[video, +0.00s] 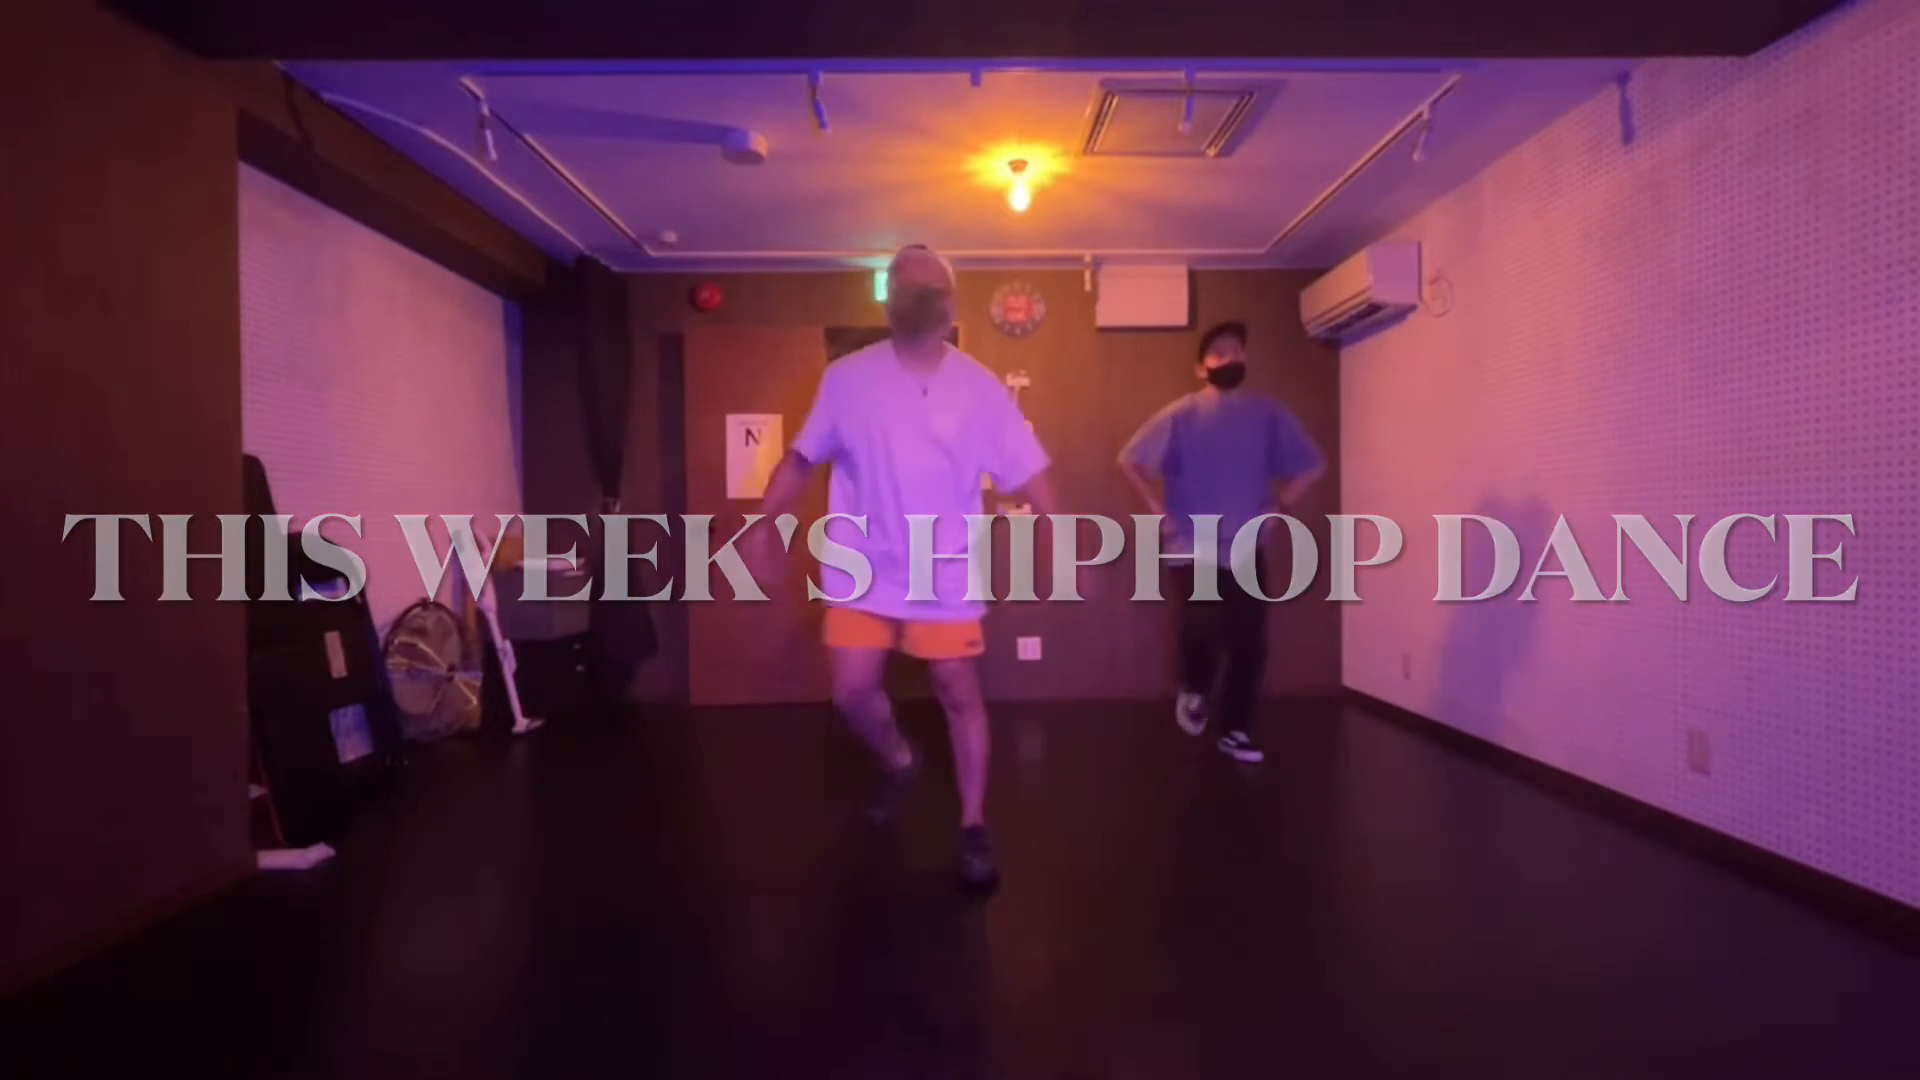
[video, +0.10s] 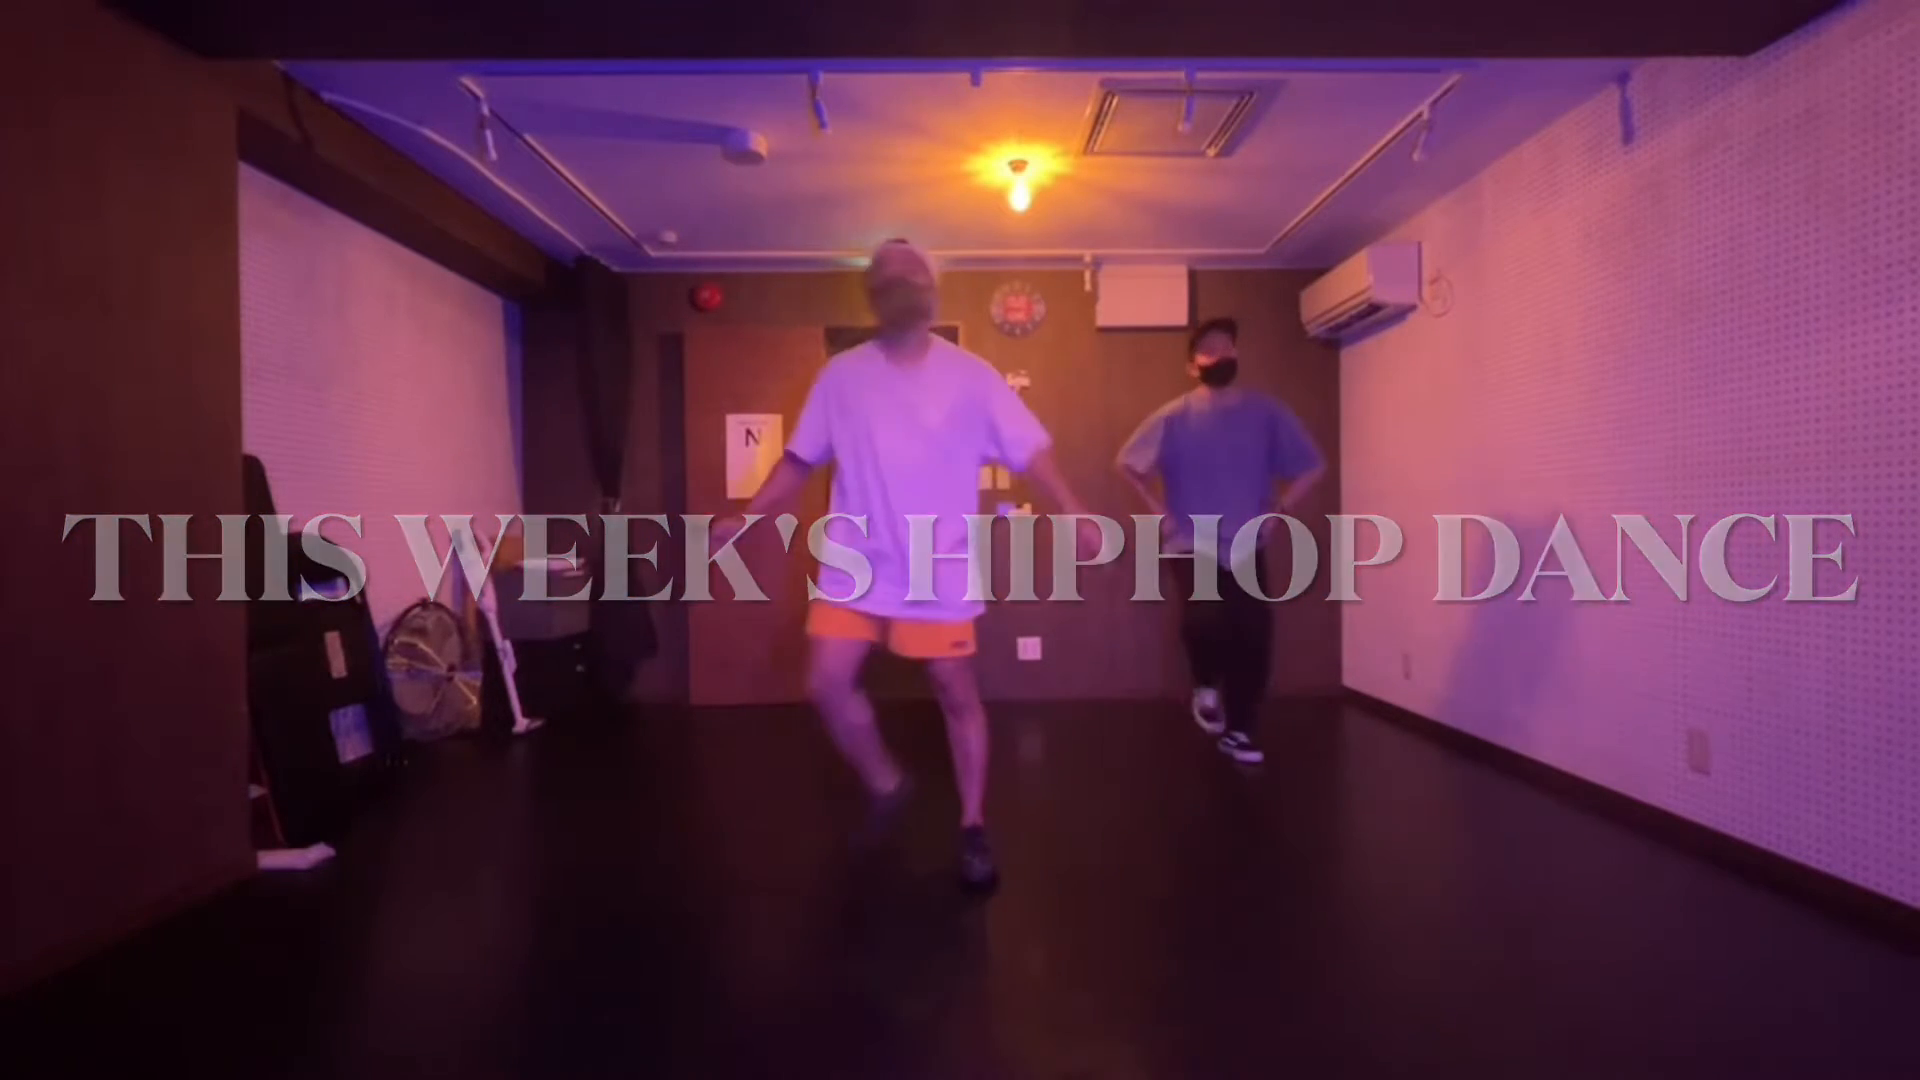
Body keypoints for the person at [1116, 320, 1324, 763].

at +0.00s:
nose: (1230, 359)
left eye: (1236, 351)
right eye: (1220, 352)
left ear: (1247, 359)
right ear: (1202, 364)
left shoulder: (1266, 412)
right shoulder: (1182, 413)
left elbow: (1312, 466)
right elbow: (1130, 460)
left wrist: (1276, 506)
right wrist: (1158, 509)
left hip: (1247, 548)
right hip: (1191, 548)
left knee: (1249, 637)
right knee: (1199, 625)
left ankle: (1236, 729)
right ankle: (1193, 691)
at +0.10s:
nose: (1219, 362)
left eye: (1226, 354)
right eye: (1209, 354)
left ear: (1238, 359)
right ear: (1193, 362)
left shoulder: (1264, 411)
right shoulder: (1176, 414)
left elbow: (1312, 467)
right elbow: (1129, 465)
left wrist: (1278, 510)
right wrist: (1163, 513)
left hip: (1248, 547)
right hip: (1192, 547)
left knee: (1251, 631)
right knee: (1202, 617)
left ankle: (1241, 729)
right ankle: (1205, 686)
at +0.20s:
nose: (1196, 355)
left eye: (1204, 345)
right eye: (1186, 346)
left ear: (1217, 348)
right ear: (1173, 355)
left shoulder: (1250, 400)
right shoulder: (1159, 414)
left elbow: (1300, 449)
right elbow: (1127, 469)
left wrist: (1275, 500)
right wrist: (1166, 515)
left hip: (1246, 545)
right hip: (1191, 546)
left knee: (1243, 633)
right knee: (1200, 632)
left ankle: (1240, 730)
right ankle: (1213, 727)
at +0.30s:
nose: (1183, 359)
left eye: (1191, 349)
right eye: (1173, 351)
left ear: (1205, 351)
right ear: (1158, 359)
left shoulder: (1243, 402)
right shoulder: (1151, 422)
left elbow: (1287, 452)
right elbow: (1133, 480)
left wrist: (1265, 507)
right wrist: (1161, 518)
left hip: (1244, 546)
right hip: (1188, 551)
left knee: (1242, 642)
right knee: (1197, 645)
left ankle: (1236, 731)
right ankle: (1201, 744)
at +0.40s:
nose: (1152, 369)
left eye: (1161, 360)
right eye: (1143, 362)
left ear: (1177, 361)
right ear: (1133, 369)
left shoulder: (1217, 409)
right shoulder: (1139, 435)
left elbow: (1261, 458)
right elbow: (1144, 505)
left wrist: (1258, 529)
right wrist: (1147, 559)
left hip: (1240, 555)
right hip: (1184, 563)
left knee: (1248, 648)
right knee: (1192, 664)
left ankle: (1241, 724)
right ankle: (1197, 763)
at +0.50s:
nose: (1139, 366)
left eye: (1147, 355)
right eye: (1128, 359)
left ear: (1163, 355)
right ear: (1118, 367)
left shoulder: (1200, 405)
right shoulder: (1133, 433)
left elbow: (1234, 470)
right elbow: (1160, 514)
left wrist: (1235, 538)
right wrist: (1148, 564)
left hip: (1227, 553)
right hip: (1175, 562)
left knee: (1251, 640)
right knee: (1173, 665)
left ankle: (1263, 715)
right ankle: (1193, 767)